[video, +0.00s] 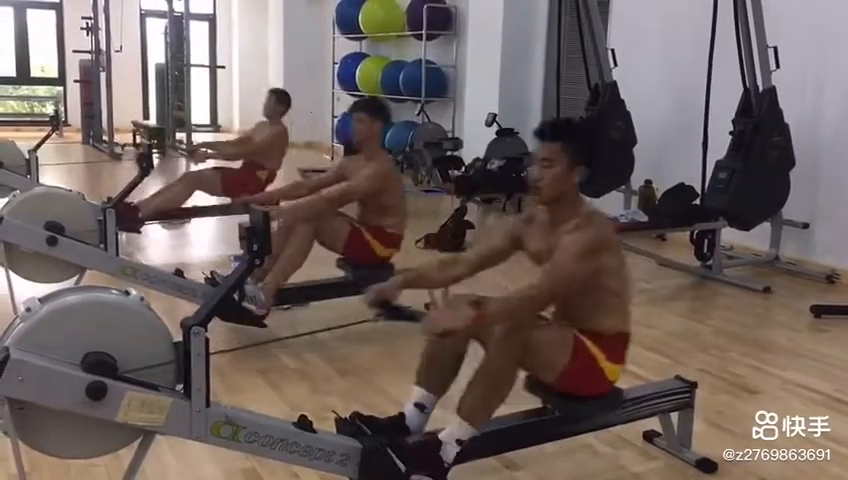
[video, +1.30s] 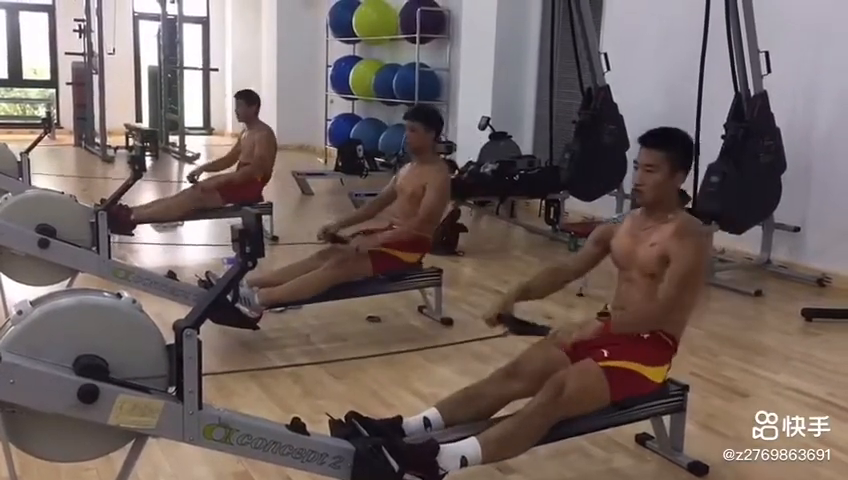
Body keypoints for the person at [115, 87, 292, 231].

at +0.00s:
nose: (265, 104)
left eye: (270, 101)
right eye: (267, 100)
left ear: (281, 109)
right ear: (272, 106)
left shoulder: (277, 133)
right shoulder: (263, 126)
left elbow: (244, 151)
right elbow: (237, 143)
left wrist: (206, 152)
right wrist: (205, 146)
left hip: (251, 182)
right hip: (243, 175)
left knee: (192, 180)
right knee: (187, 178)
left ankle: (140, 214)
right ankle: (138, 209)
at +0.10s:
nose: (281, 114)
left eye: (285, 112)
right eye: (283, 111)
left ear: (295, 117)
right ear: (289, 115)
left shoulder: (291, 141)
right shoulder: (278, 135)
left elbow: (261, 159)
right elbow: (256, 151)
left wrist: (231, 153)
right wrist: (230, 152)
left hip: (254, 183)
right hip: (247, 176)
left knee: (195, 183)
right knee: (192, 181)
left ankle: (139, 216)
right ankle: (139, 208)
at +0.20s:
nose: (290, 125)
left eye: (295, 123)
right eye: (291, 121)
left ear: (305, 127)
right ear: (292, 123)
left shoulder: (304, 149)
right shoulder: (284, 141)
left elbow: (282, 162)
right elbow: (264, 156)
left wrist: (251, 155)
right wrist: (244, 153)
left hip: (254, 184)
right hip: (246, 174)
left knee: (196, 184)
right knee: (192, 181)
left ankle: (139, 216)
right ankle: (138, 209)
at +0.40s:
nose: (287, 127)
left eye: (290, 123)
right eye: (288, 123)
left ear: (300, 127)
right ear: (301, 128)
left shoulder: (302, 154)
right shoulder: (296, 148)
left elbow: (309, 186)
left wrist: (290, 156)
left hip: (248, 183)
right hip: (245, 177)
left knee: (192, 180)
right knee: (191, 178)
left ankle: (138, 213)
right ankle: (137, 208)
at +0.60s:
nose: (280, 126)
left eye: (284, 123)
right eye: (281, 122)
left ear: (295, 125)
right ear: (286, 125)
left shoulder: (299, 153)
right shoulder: (282, 146)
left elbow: (295, 185)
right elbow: (266, 168)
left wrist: (266, 159)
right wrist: (252, 155)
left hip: (248, 183)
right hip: (241, 175)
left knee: (191, 182)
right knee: (187, 177)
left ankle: (135, 216)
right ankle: (133, 208)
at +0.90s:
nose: (258, 115)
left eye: (261, 111)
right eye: (258, 111)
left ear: (275, 113)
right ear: (270, 113)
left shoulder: (281, 139)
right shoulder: (265, 134)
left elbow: (269, 172)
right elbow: (248, 158)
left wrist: (237, 166)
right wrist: (224, 157)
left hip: (249, 183)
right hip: (240, 177)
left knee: (191, 187)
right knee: (187, 183)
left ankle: (132, 216)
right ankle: (130, 210)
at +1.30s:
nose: (236, 111)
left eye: (240, 107)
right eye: (236, 107)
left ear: (253, 108)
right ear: (245, 109)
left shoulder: (263, 135)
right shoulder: (246, 134)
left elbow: (256, 170)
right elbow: (229, 160)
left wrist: (219, 181)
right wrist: (203, 168)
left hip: (250, 189)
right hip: (238, 184)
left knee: (194, 198)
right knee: (190, 194)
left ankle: (132, 218)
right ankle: (130, 213)